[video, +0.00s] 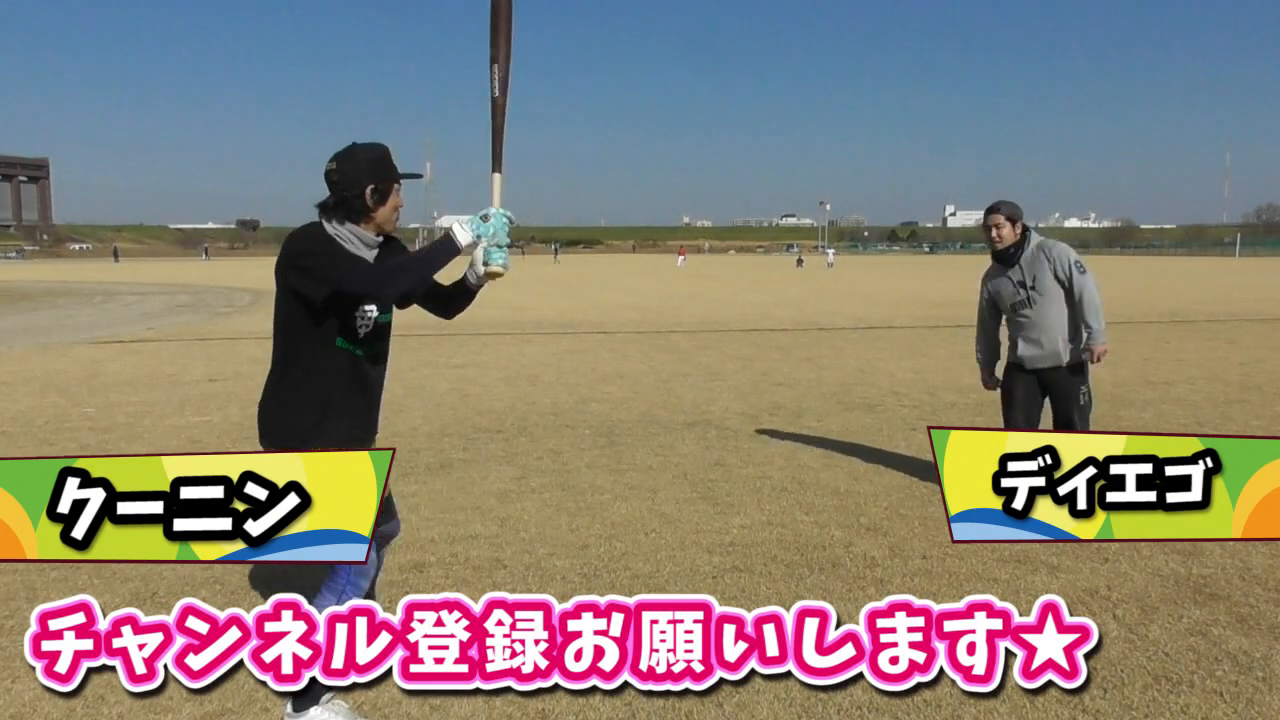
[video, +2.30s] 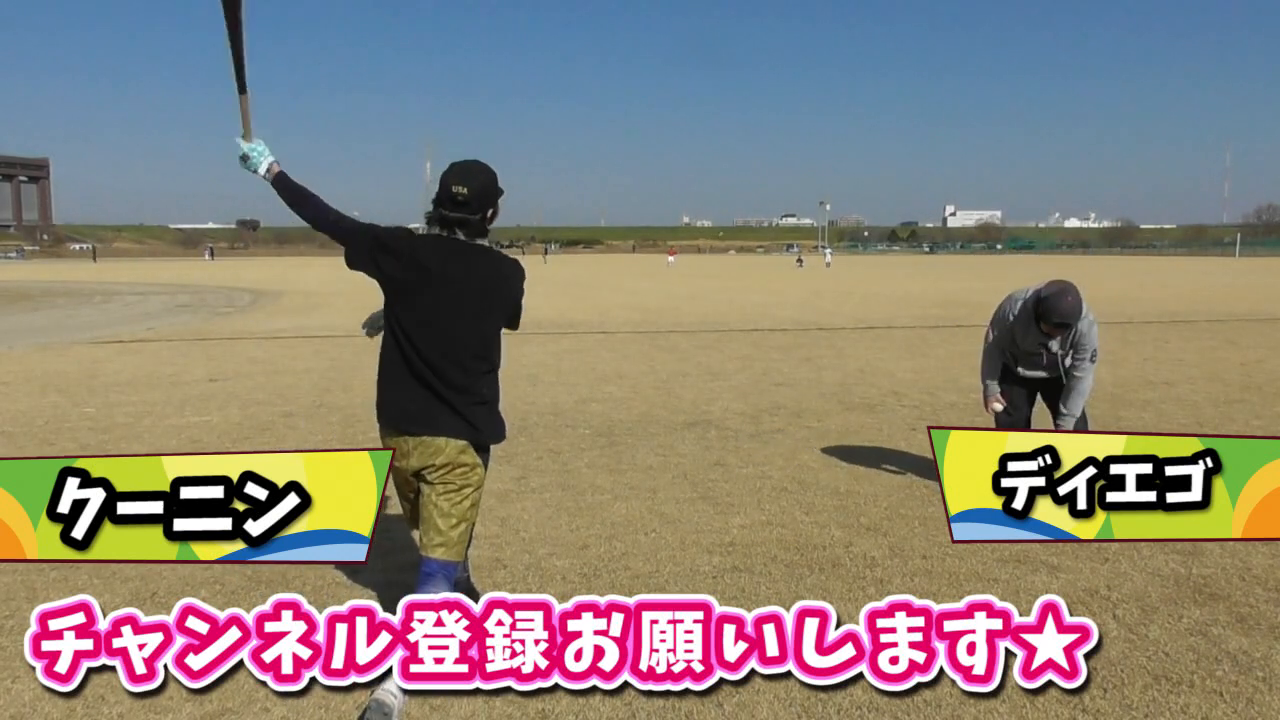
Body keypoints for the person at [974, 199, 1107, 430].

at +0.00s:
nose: (993, 234)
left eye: (999, 227)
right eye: (988, 229)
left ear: (1017, 227)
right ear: (985, 232)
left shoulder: (1055, 253)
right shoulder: (993, 278)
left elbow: (1086, 290)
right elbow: (987, 327)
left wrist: (1095, 336)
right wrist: (987, 366)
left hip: (1066, 364)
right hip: (1022, 368)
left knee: (1073, 440)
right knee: (1017, 438)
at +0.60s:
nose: (981, 239)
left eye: (988, 232)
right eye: (975, 233)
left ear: (1005, 234)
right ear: (971, 237)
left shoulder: (1040, 254)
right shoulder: (978, 286)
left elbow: (1076, 283)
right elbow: (967, 327)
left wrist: (1078, 326)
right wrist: (952, 363)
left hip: (1065, 361)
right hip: (1021, 368)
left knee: (1079, 438)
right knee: (1018, 440)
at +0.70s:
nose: (984, 238)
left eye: (990, 231)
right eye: (978, 233)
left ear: (1006, 231)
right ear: (972, 238)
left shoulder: (1041, 253)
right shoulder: (978, 281)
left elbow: (1077, 284)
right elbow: (965, 308)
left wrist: (1090, 325)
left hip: (1066, 361)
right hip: (1021, 368)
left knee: (1079, 436)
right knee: (1019, 438)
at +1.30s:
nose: (1026, 233)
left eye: (1033, 226)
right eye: (1020, 226)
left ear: (1049, 226)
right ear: (1013, 226)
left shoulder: (1071, 263)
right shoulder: (999, 265)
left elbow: (1086, 312)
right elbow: (981, 311)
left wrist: (1083, 355)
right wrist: (978, 353)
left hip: (1061, 369)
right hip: (1014, 372)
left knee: (1077, 442)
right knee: (1013, 442)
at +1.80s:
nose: (1060, 258)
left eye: (1068, 252)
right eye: (1055, 249)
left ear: (1081, 248)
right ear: (1047, 239)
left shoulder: (1090, 275)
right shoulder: (1019, 265)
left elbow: (1090, 323)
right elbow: (1000, 308)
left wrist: (1066, 359)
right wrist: (1005, 351)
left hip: (1060, 370)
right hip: (1015, 370)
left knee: (1076, 442)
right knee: (1013, 443)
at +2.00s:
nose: (1065, 290)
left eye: (1072, 286)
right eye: (1060, 284)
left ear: (1082, 280)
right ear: (1049, 271)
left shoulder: (1089, 294)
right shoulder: (1018, 281)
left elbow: (1093, 342)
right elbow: (999, 325)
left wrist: (1082, 388)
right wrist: (1003, 370)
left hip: (1058, 373)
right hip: (1014, 371)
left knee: (1076, 439)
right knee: (1011, 441)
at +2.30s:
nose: (1055, 334)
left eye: (1062, 330)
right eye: (1050, 329)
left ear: (1073, 322)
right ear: (1038, 314)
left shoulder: (1085, 325)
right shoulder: (1013, 309)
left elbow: (1081, 377)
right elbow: (992, 347)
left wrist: (1065, 425)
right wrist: (990, 387)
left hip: (1058, 377)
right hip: (1016, 376)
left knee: (1077, 430)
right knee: (1010, 429)